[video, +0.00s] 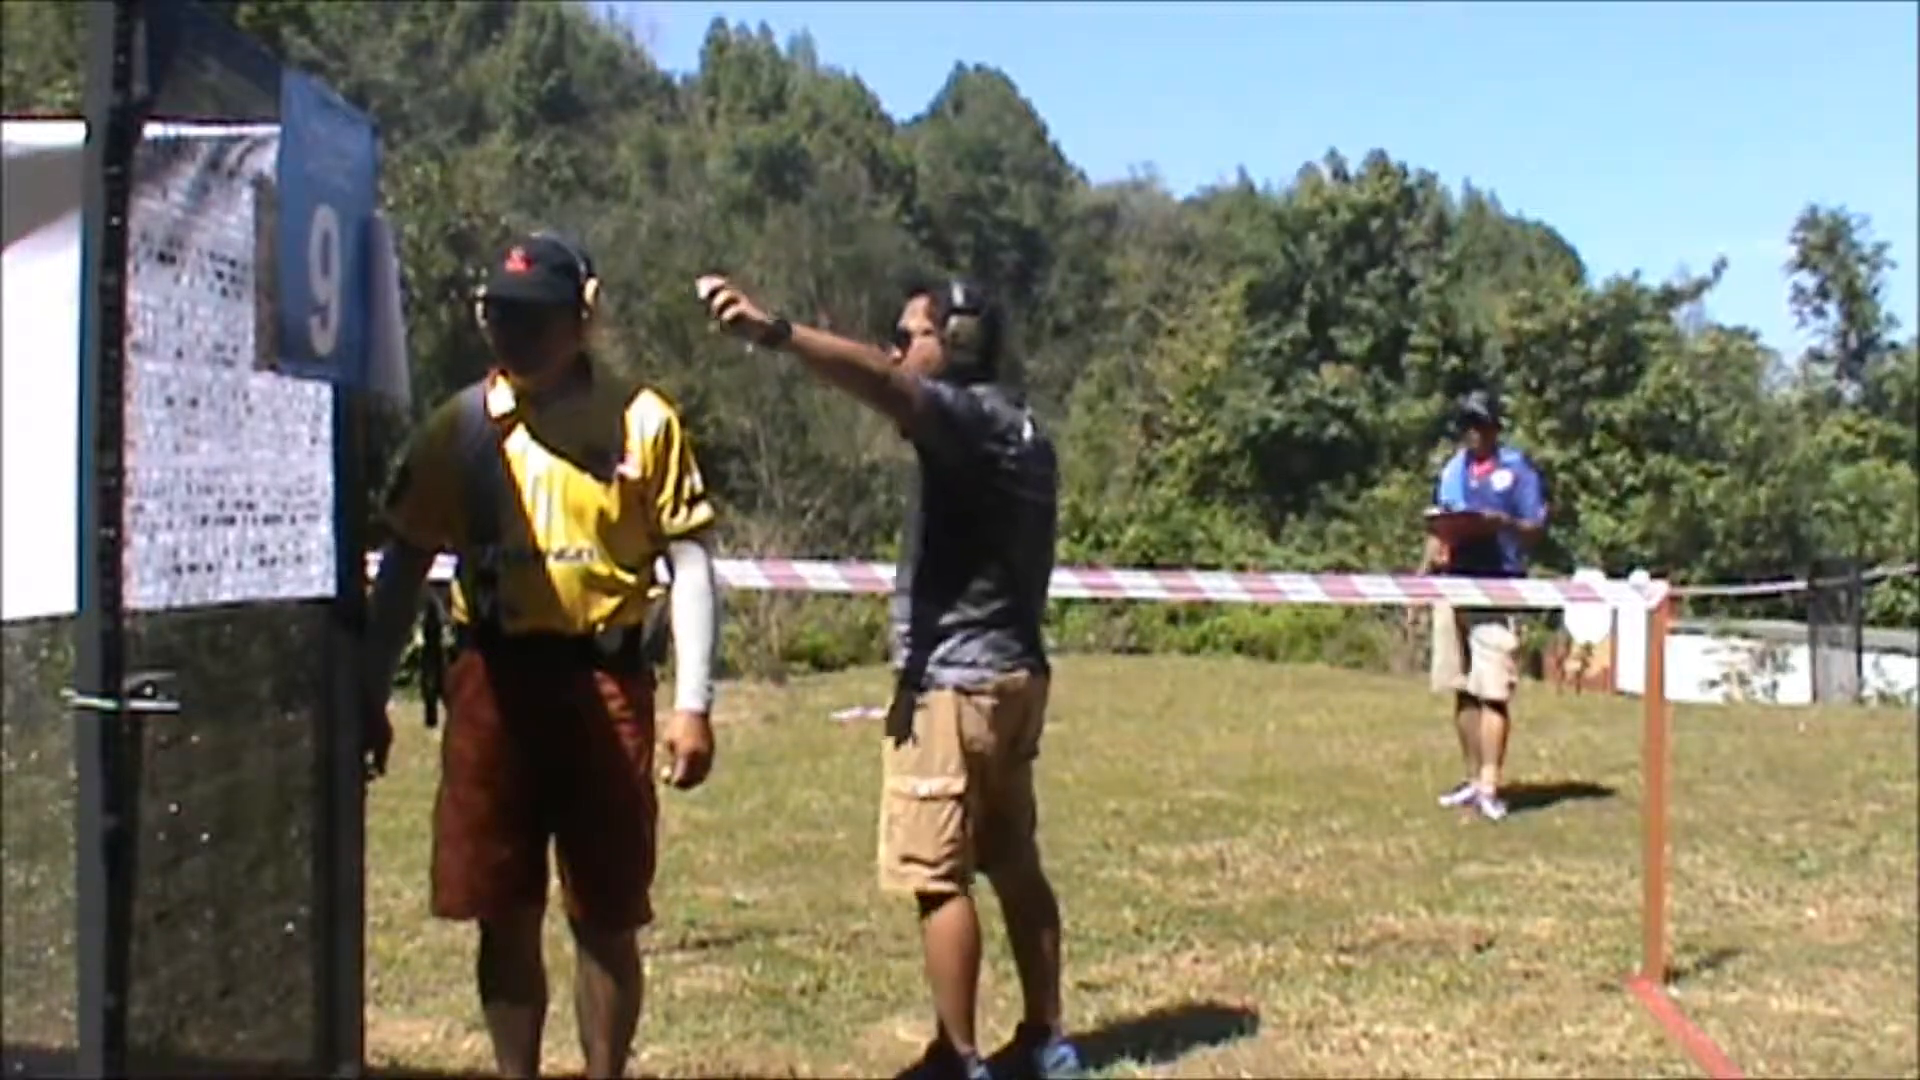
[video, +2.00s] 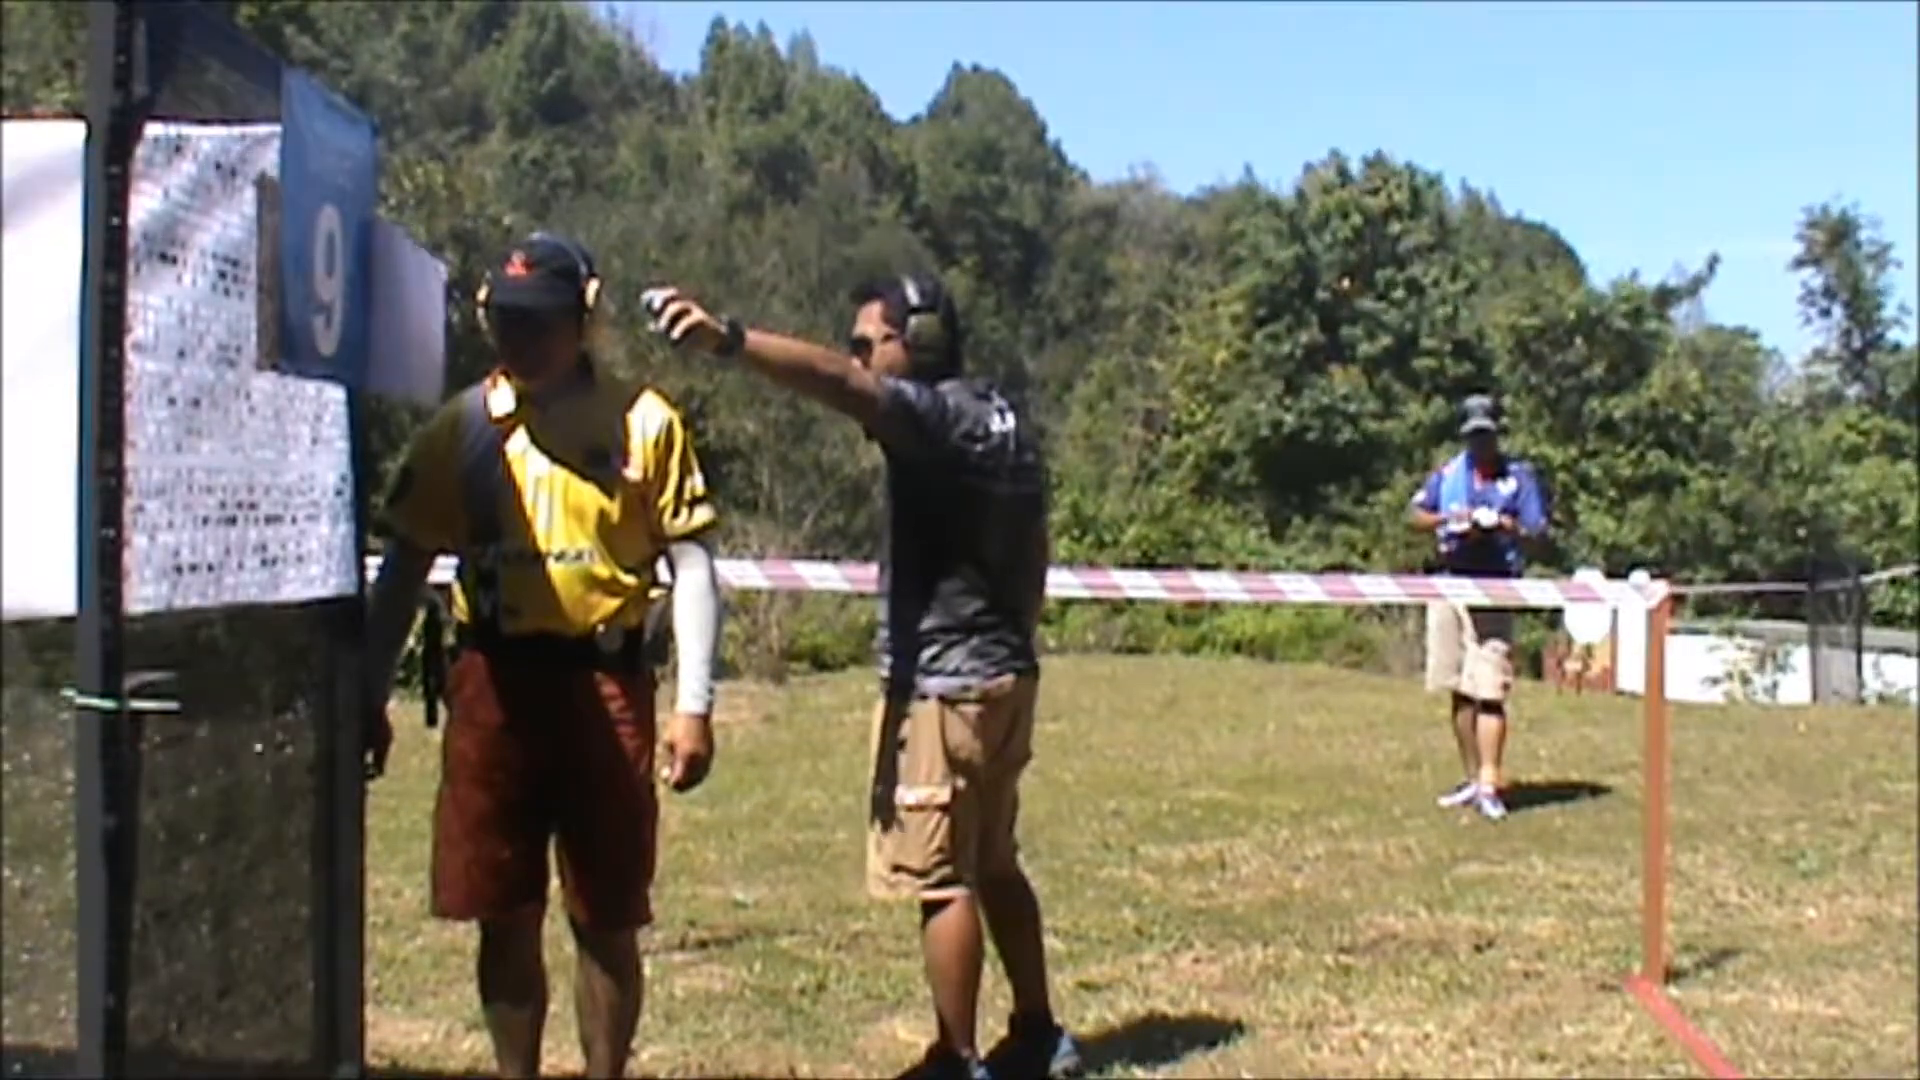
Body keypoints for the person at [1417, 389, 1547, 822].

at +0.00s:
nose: (1474, 434)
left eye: (1481, 426)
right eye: (1468, 426)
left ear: (1496, 428)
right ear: (1461, 429)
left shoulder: (1519, 470)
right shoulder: (1452, 471)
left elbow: (1535, 529)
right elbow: (1439, 524)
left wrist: (1498, 521)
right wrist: (1445, 529)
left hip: (1499, 587)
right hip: (1454, 586)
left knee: (1494, 689)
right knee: (1463, 688)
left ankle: (1490, 784)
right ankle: (1472, 775)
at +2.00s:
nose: (1481, 443)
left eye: (1487, 435)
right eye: (1474, 436)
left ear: (1499, 436)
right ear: (1464, 437)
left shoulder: (1519, 477)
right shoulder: (1450, 472)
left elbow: (1539, 538)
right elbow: (1417, 514)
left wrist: (1508, 526)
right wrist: (1448, 520)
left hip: (1495, 589)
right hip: (1450, 588)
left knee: (1490, 691)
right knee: (1459, 690)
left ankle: (1489, 782)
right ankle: (1471, 776)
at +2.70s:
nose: (1481, 444)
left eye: (1487, 435)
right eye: (1473, 436)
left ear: (1499, 436)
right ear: (1463, 439)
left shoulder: (1520, 480)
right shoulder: (1449, 473)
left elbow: (1540, 539)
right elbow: (1414, 514)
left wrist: (1511, 526)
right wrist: (1446, 519)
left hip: (1495, 589)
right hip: (1450, 588)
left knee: (1490, 690)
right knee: (1459, 690)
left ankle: (1489, 783)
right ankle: (1471, 776)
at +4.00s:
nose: (1544, 436)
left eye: (1549, 425)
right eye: (1535, 426)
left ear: (1560, 431)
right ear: (1520, 433)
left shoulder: (1572, 481)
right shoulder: (1506, 481)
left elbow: (1588, 527)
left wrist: (1551, 526)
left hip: (1552, 592)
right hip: (1507, 591)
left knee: (1560, 688)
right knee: (1516, 690)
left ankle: (1569, 774)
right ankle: (1517, 772)